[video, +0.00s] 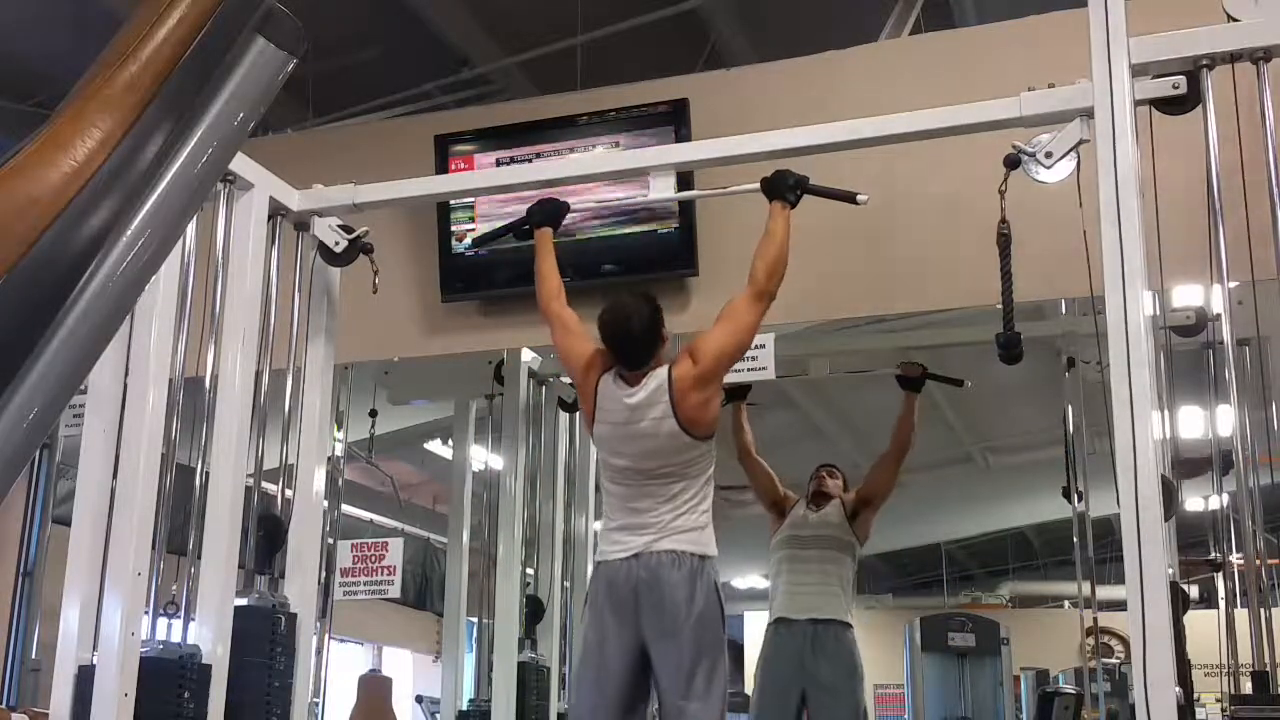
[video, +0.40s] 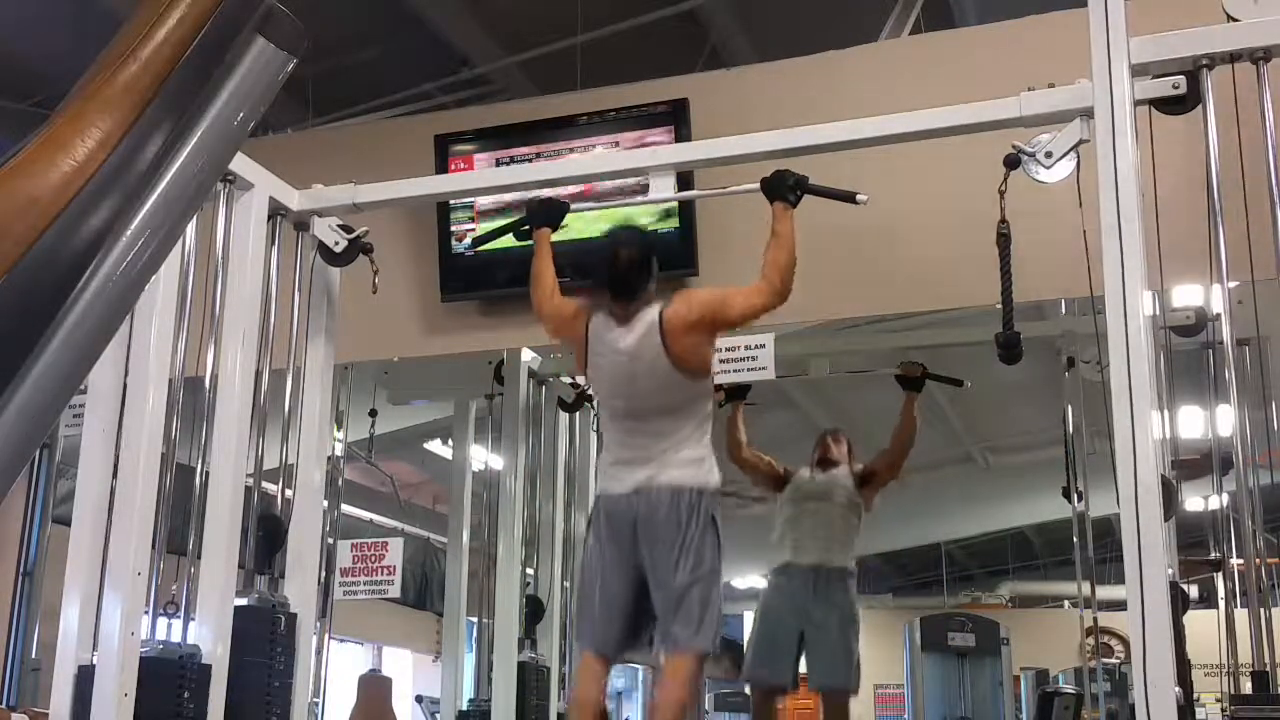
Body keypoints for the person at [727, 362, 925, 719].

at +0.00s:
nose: (823, 476)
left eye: (832, 475)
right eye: (817, 475)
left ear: (844, 490)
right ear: (807, 488)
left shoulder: (855, 509)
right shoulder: (785, 507)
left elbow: (897, 452)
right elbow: (747, 454)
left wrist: (910, 394)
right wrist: (738, 401)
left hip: (834, 638)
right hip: (781, 636)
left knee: (843, 713)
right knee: (769, 713)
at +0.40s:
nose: (830, 442)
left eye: (837, 440)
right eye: (824, 440)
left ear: (850, 454)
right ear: (814, 452)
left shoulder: (860, 482)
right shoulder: (790, 478)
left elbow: (898, 451)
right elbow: (739, 454)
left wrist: (911, 396)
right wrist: (736, 404)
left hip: (835, 586)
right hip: (784, 583)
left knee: (836, 694)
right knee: (763, 690)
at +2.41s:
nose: (830, 430)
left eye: (838, 427)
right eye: (824, 426)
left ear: (851, 439)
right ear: (816, 439)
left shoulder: (863, 466)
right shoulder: (795, 466)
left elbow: (909, 446)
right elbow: (740, 455)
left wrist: (912, 393)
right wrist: (735, 403)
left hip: (841, 572)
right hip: (791, 573)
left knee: (846, 681)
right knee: (784, 676)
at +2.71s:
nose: (828, 465)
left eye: (836, 464)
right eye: (821, 464)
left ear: (848, 478)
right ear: (811, 477)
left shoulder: (859, 500)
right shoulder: (787, 498)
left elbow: (898, 455)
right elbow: (746, 457)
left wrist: (910, 396)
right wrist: (737, 402)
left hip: (837, 614)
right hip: (786, 614)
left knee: (840, 709)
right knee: (779, 708)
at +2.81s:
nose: (827, 455)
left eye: (836, 453)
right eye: (821, 452)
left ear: (849, 467)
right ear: (812, 466)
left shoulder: (859, 491)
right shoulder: (788, 490)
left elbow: (899, 453)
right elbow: (742, 455)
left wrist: (910, 396)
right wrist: (737, 402)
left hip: (837, 602)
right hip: (787, 601)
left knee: (838, 705)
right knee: (781, 704)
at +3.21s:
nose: (827, 371)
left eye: (834, 368)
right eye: (820, 368)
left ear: (846, 384)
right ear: (810, 383)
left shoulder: (863, 413)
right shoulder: (789, 414)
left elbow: (906, 445)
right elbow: (744, 451)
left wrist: (913, 393)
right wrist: (737, 403)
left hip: (843, 513)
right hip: (796, 515)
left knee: (842, 622)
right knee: (789, 619)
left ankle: (828, 712)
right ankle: (825, 711)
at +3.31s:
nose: (831, 362)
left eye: (838, 363)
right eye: (825, 361)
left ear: (846, 381)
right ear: (812, 378)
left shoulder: (863, 409)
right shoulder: (789, 411)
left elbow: (906, 444)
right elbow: (746, 450)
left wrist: (912, 393)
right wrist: (738, 402)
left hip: (844, 510)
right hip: (796, 513)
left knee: (846, 620)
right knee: (793, 617)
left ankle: (832, 712)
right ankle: (830, 711)